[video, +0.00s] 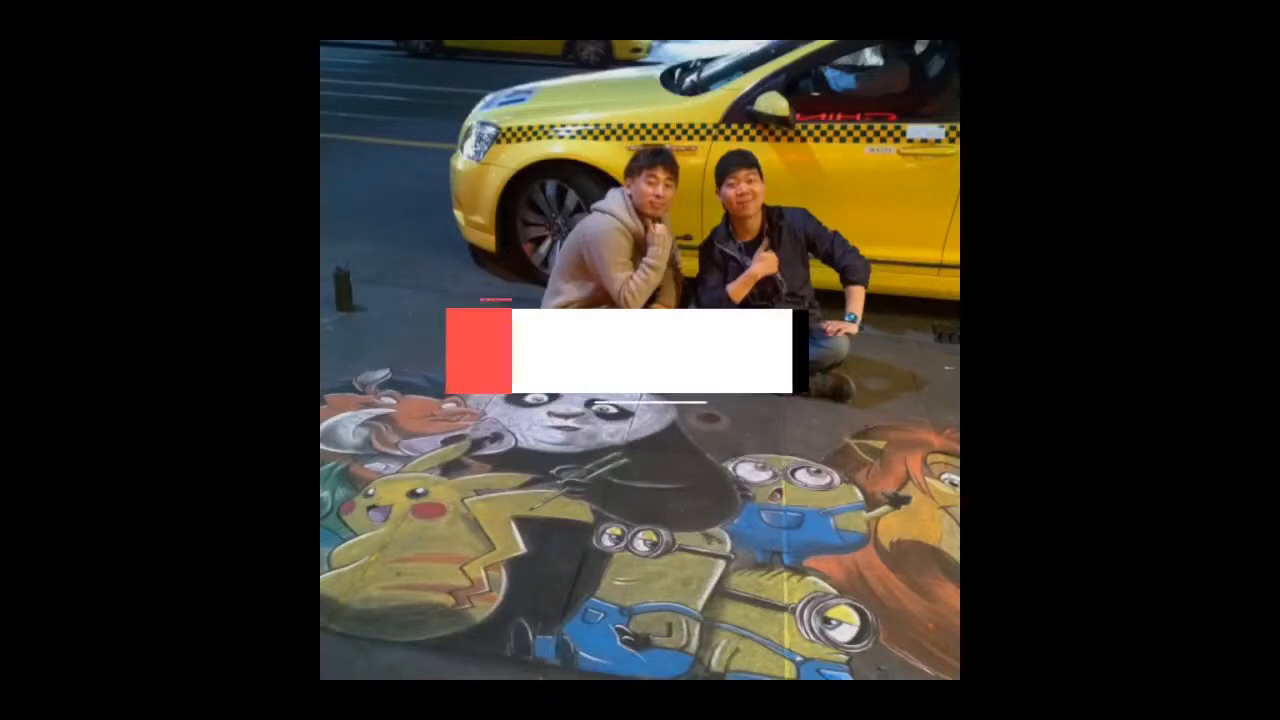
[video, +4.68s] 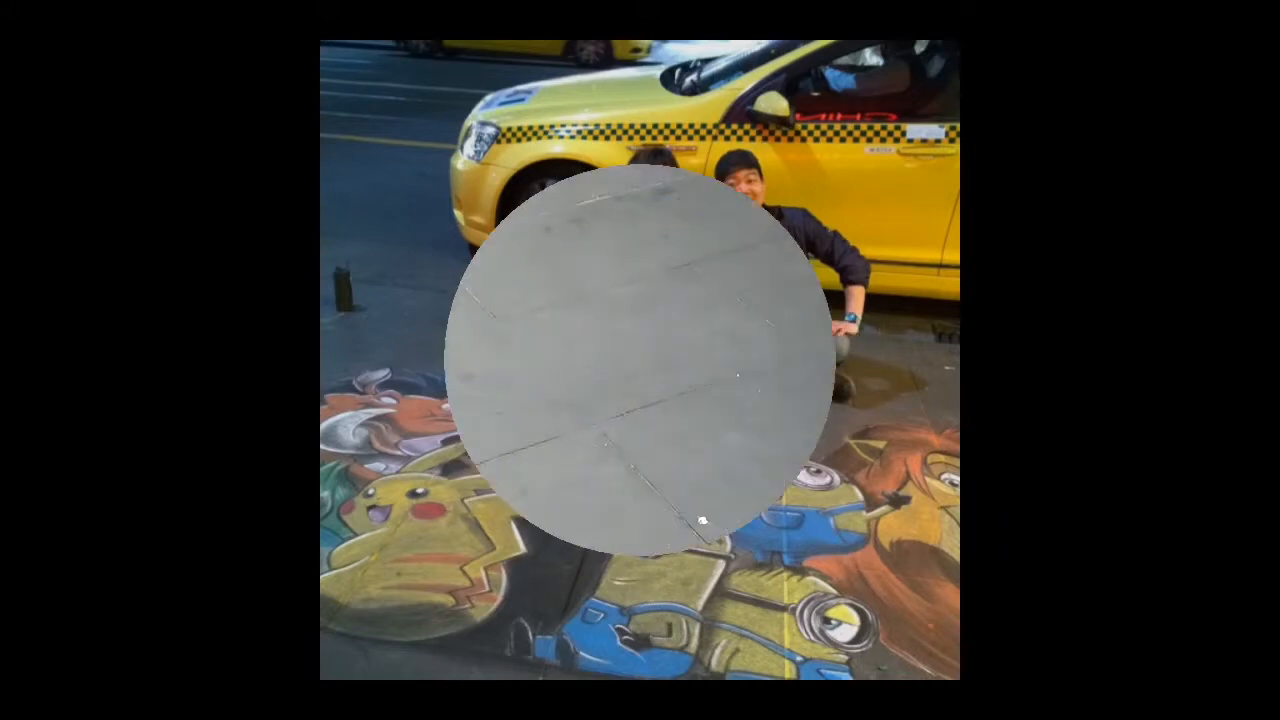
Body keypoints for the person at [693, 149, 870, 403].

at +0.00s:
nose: (743, 191)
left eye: (750, 181)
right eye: (732, 185)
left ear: (763, 187)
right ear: (720, 195)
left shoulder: (795, 222)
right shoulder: (713, 246)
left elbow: (853, 262)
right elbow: (708, 307)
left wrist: (851, 319)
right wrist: (752, 275)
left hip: (799, 323)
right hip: (744, 330)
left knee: (837, 345)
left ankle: (759, 376)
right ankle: (811, 385)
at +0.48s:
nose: (743, 191)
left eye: (750, 181)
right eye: (732, 185)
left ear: (763, 187)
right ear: (720, 196)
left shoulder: (795, 223)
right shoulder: (713, 247)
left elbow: (853, 262)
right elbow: (710, 310)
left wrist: (851, 319)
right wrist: (753, 274)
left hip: (795, 329)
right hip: (743, 335)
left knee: (837, 345)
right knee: (718, 352)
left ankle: (729, 369)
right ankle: (801, 386)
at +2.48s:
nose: (743, 190)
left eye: (750, 181)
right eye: (732, 184)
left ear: (763, 185)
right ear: (721, 192)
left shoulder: (791, 220)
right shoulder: (716, 230)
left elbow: (853, 261)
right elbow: (707, 303)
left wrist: (851, 319)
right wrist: (751, 276)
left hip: (800, 325)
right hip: (747, 324)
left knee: (837, 345)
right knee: (708, 333)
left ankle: (732, 370)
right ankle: (798, 386)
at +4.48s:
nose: (743, 191)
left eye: (750, 181)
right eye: (732, 185)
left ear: (763, 186)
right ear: (720, 195)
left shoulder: (795, 222)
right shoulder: (713, 246)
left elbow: (853, 262)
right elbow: (708, 308)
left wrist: (851, 320)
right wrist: (752, 274)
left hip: (799, 327)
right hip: (747, 327)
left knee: (837, 345)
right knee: (706, 336)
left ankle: (741, 371)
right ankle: (798, 386)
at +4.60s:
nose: (742, 190)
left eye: (750, 181)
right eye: (732, 184)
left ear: (763, 187)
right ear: (720, 195)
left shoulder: (795, 222)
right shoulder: (713, 245)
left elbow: (853, 262)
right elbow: (709, 301)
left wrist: (852, 320)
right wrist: (753, 273)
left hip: (799, 329)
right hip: (744, 333)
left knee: (837, 346)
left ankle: (749, 370)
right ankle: (799, 386)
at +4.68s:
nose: (743, 190)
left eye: (750, 181)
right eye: (733, 184)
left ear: (763, 186)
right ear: (720, 191)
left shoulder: (792, 221)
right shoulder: (713, 231)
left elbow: (853, 262)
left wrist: (851, 320)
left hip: (792, 326)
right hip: (735, 331)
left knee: (839, 344)